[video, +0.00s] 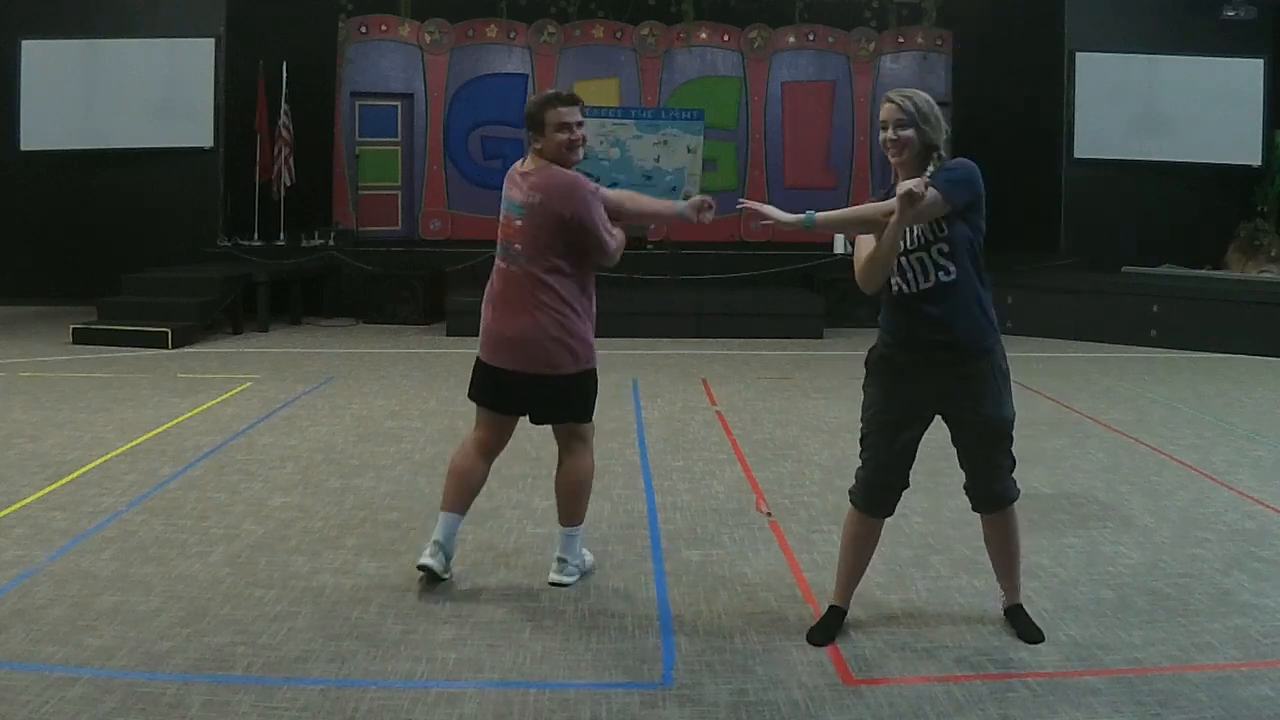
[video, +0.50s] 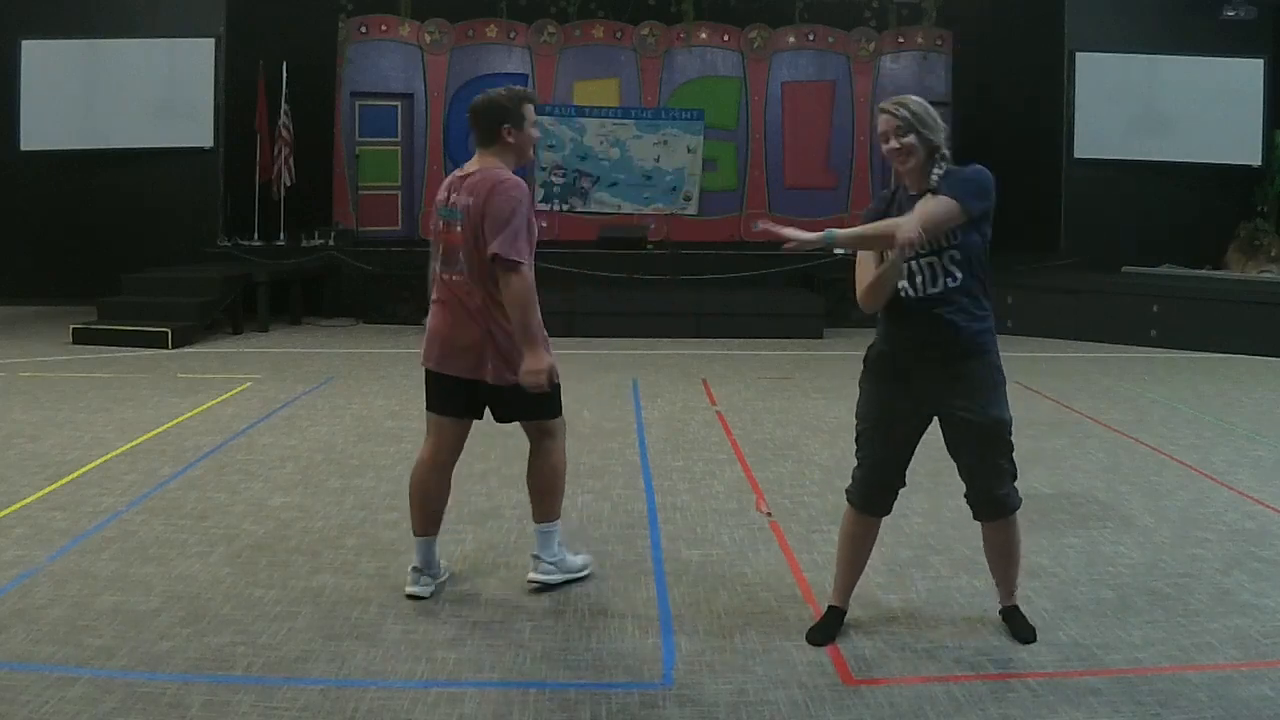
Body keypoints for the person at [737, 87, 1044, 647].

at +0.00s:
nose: (892, 136)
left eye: (903, 126)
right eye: (885, 129)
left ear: (930, 130)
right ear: (880, 138)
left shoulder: (962, 175)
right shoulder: (872, 206)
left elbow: (895, 211)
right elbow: (868, 280)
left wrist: (798, 220)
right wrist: (896, 223)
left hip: (972, 360)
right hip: (899, 363)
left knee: (993, 486)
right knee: (875, 487)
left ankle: (1014, 602)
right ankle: (838, 604)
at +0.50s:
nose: (892, 147)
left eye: (900, 135)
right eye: (884, 140)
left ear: (928, 135)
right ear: (882, 148)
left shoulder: (972, 182)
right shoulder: (877, 214)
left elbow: (909, 227)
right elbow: (867, 299)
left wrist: (825, 237)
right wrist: (892, 257)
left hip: (968, 363)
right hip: (897, 364)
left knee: (994, 493)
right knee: (869, 489)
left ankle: (1009, 603)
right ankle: (837, 605)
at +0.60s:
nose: (922, 153)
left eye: (931, 141)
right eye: (914, 145)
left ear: (958, 140)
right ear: (909, 148)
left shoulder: (997, 190)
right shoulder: (894, 209)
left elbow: (979, 244)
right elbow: (874, 294)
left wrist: (884, 234)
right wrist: (903, 304)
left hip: (981, 366)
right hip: (908, 368)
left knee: (1007, 496)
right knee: (877, 491)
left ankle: (1011, 605)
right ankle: (838, 605)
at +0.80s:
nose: (985, 155)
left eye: (994, 144)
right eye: (976, 146)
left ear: (1019, 140)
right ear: (967, 147)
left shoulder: (1051, 191)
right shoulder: (950, 200)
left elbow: (1091, 246)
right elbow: (906, 281)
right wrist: (866, 345)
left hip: (1016, 359)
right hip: (945, 355)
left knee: (1025, 488)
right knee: (900, 468)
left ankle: (1013, 605)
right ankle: (827, 571)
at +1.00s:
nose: (1028, 150)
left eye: (1037, 139)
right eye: (1017, 139)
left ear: (1051, 136)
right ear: (997, 135)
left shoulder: (1076, 182)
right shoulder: (971, 193)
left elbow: (1143, 231)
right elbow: (927, 266)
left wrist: (1209, 282)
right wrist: (875, 330)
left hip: (1037, 355)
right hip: (972, 343)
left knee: (1028, 486)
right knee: (922, 453)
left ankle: (1013, 606)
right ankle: (865, 411)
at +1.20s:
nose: (1052, 150)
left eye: (1060, 140)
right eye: (1042, 139)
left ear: (1070, 139)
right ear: (1016, 134)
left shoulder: (1089, 184)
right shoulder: (988, 194)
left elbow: (1163, 225)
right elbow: (948, 268)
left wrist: (1240, 269)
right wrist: (908, 334)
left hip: (1047, 357)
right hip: (982, 344)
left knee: (1032, 484)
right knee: (917, 442)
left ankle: (1012, 605)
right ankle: (912, 362)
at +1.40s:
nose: (1075, 154)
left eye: (1083, 144)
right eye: (1066, 142)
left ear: (1091, 143)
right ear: (1039, 132)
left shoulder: (1102, 191)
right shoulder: (1001, 185)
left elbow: (1174, 228)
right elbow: (955, 256)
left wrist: (1250, 267)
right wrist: (914, 316)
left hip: (1049, 358)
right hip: (984, 344)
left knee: (1031, 484)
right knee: (921, 451)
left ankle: (1012, 605)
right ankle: (920, 349)